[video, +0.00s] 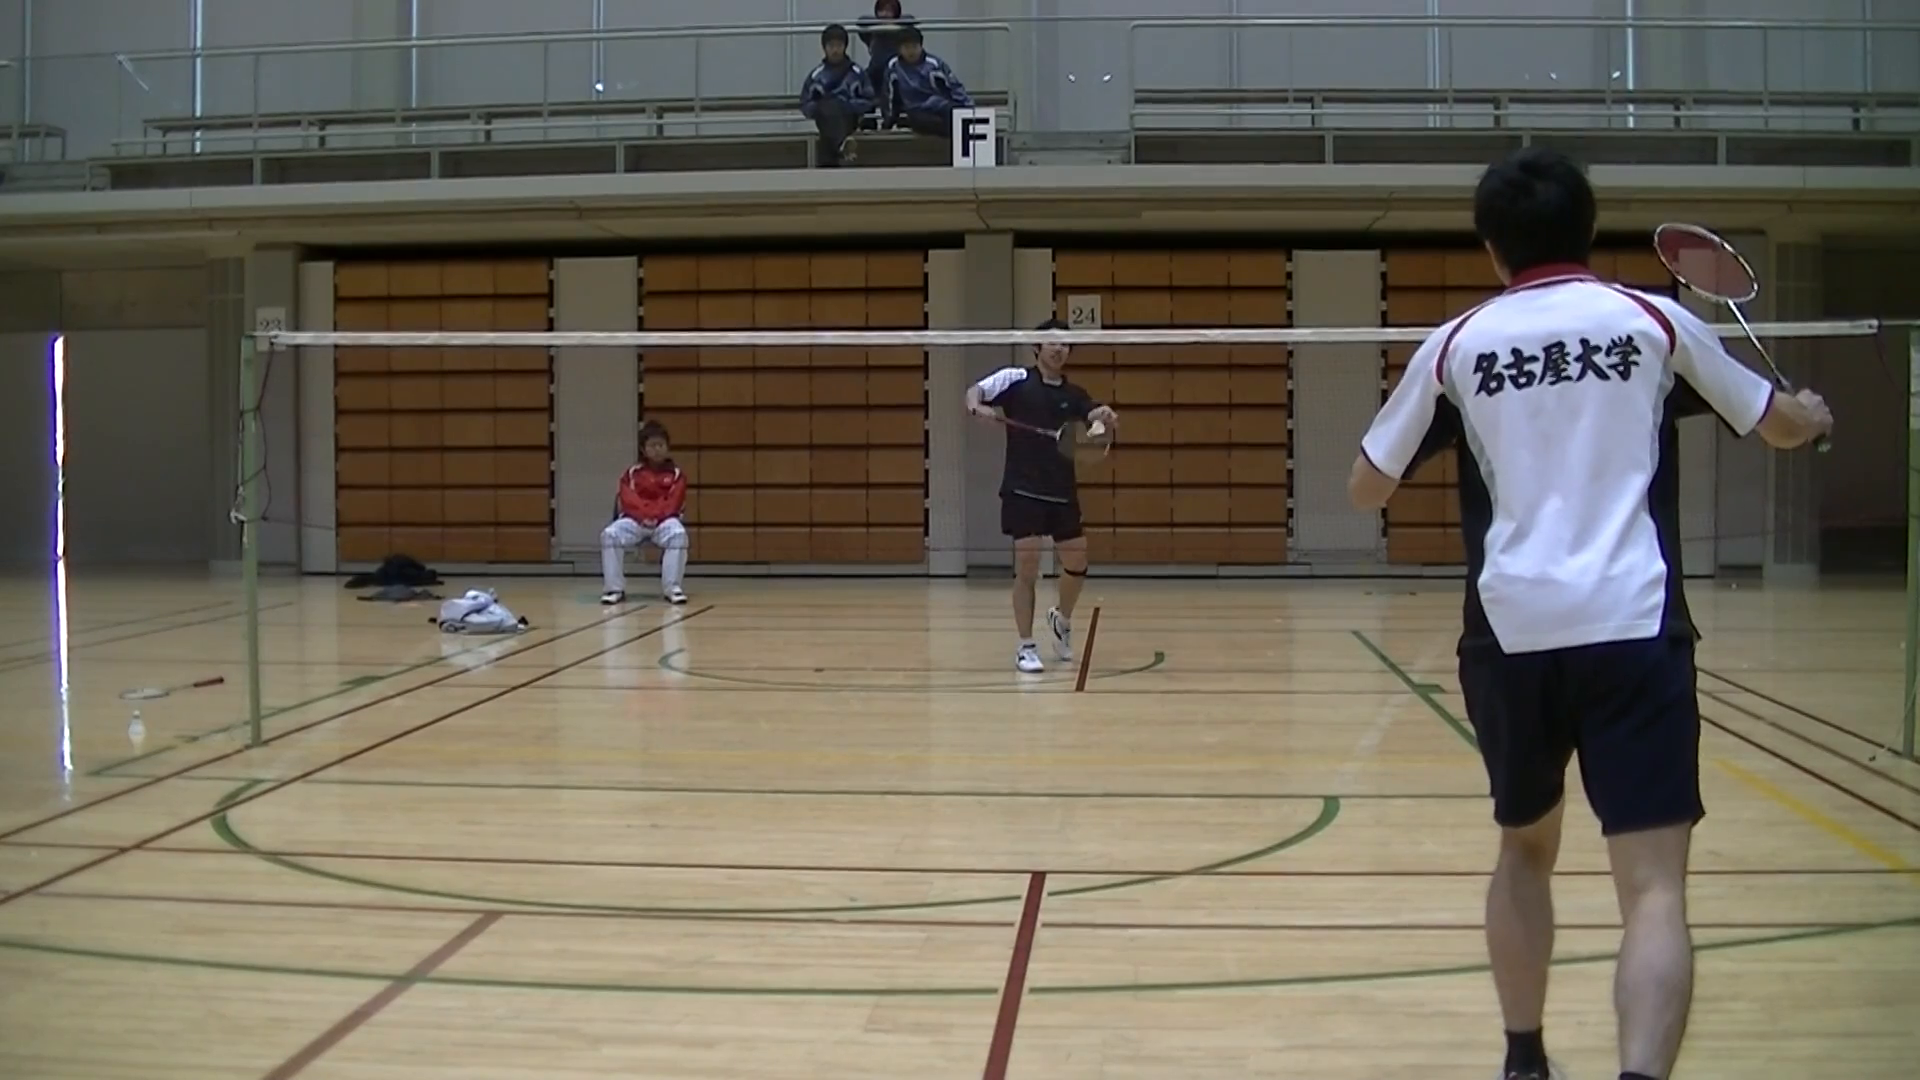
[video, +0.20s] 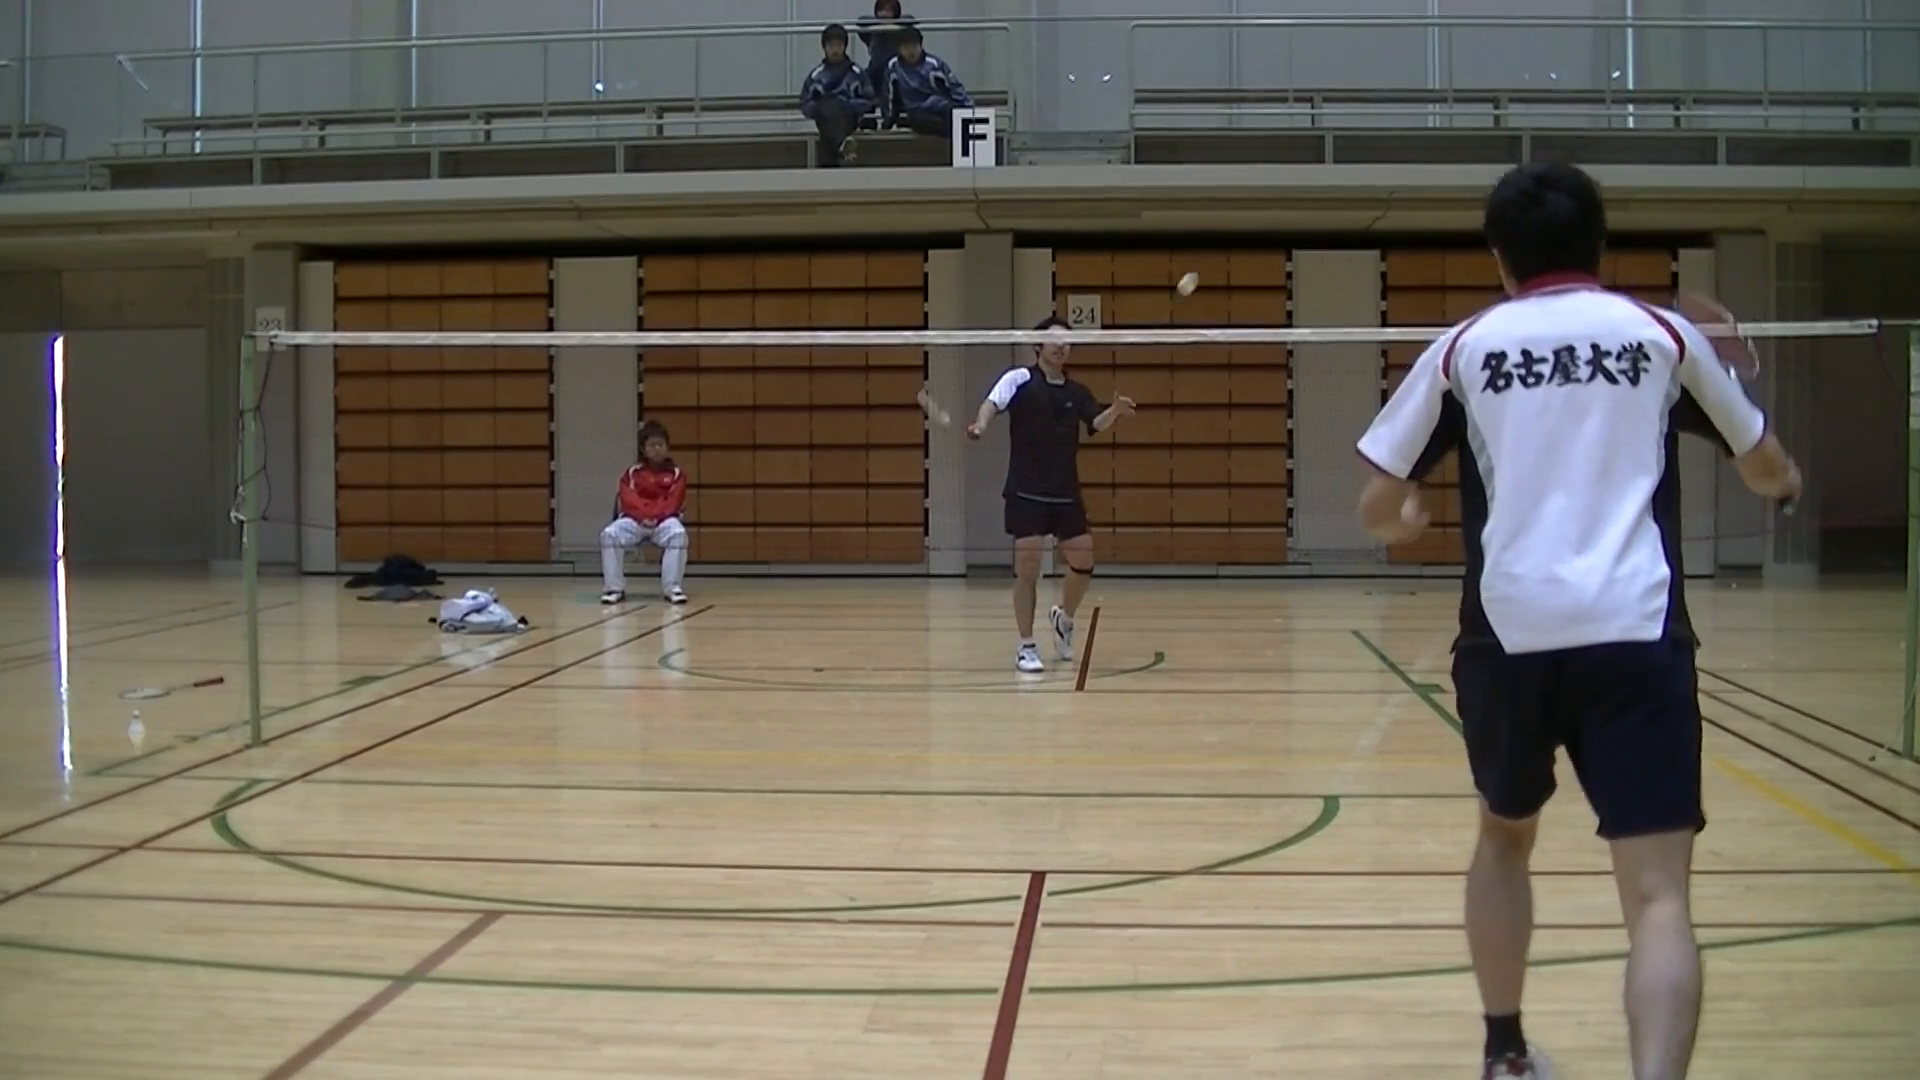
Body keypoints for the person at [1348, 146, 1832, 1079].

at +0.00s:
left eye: (1486, 238)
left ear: (1490, 247)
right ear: (1588, 234)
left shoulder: (1454, 346)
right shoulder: (1654, 320)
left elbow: (1367, 488)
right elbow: (1781, 425)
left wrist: (1415, 410)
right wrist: (1813, 413)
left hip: (1507, 637)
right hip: (1635, 630)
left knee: (1523, 849)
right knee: (1652, 886)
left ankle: (1522, 1059)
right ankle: (1642, 1075)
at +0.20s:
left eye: (1497, 247)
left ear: (1500, 255)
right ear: (1600, 246)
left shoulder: (1463, 347)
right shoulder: (1665, 333)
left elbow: (1379, 506)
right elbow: (1768, 473)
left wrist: (1407, 516)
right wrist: (1775, 474)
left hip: (1506, 642)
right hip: (1633, 638)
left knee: (1502, 841)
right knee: (1656, 896)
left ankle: (1502, 1051)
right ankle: (1658, 1077)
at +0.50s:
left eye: (1467, 308)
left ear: (1469, 320)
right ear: (1559, 318)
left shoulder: (1433, 393)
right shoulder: (1617, 408)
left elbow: (1292, 441)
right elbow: (1659, 527)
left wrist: (1182, 464)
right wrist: (1589, 493)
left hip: (1476, 680)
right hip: (1593, 682)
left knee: (1470, 870)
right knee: (1594, 891)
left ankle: (1518, 1054)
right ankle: (1635, 996)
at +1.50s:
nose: (1474, 315)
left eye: (1477, 305)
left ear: (1481, 311)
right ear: (1546, 322)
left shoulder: (1473, 352)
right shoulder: (1578, 400)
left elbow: (1382, 390)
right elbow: (1602, 514)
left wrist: (1257, 417)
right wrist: (1557, 559)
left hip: (1481, 561)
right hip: (1550, 580)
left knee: (1452, 743)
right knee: (1473, 737)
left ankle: (1479, 923)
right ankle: (1490, 899)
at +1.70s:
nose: (1459, 341)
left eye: (1461, 331)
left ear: (1464, 334)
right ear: (1533, 340)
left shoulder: (1447, 377)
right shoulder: (1569, 417)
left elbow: (1388, 454)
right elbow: (1594, 548)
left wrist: (1299, 527)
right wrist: (1567, 632)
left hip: (1453, 582)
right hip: (1534, 598)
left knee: (1424, 763)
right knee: (1480, 735)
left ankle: (1447, 923)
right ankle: (1509, 888)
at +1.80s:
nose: (1462, 362)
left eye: (1463, 351)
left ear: (1467, 354)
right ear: (1535, 360)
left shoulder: (1445, 401)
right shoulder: (1575, 437)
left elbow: (1404, 491)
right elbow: (1605, 562)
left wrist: (1335, 579)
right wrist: (1582, 659)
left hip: (1459, 598)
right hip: (1540, 612)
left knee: (1420, 781)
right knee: (1484, 740)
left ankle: (1449, 924)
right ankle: (1508, 890)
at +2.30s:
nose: (1524, 336)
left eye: (1524, 327)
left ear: (1531, 331)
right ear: (1594, 334)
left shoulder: (1509, 382)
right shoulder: (1629, 411)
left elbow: (1480, 458)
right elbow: (1643, 527)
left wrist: (1435, 534)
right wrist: (1638, 622)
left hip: (1515, 586)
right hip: (1596, 595)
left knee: (1492, 732)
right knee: (1556, 759)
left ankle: (1472, 843)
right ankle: (1520, 897)